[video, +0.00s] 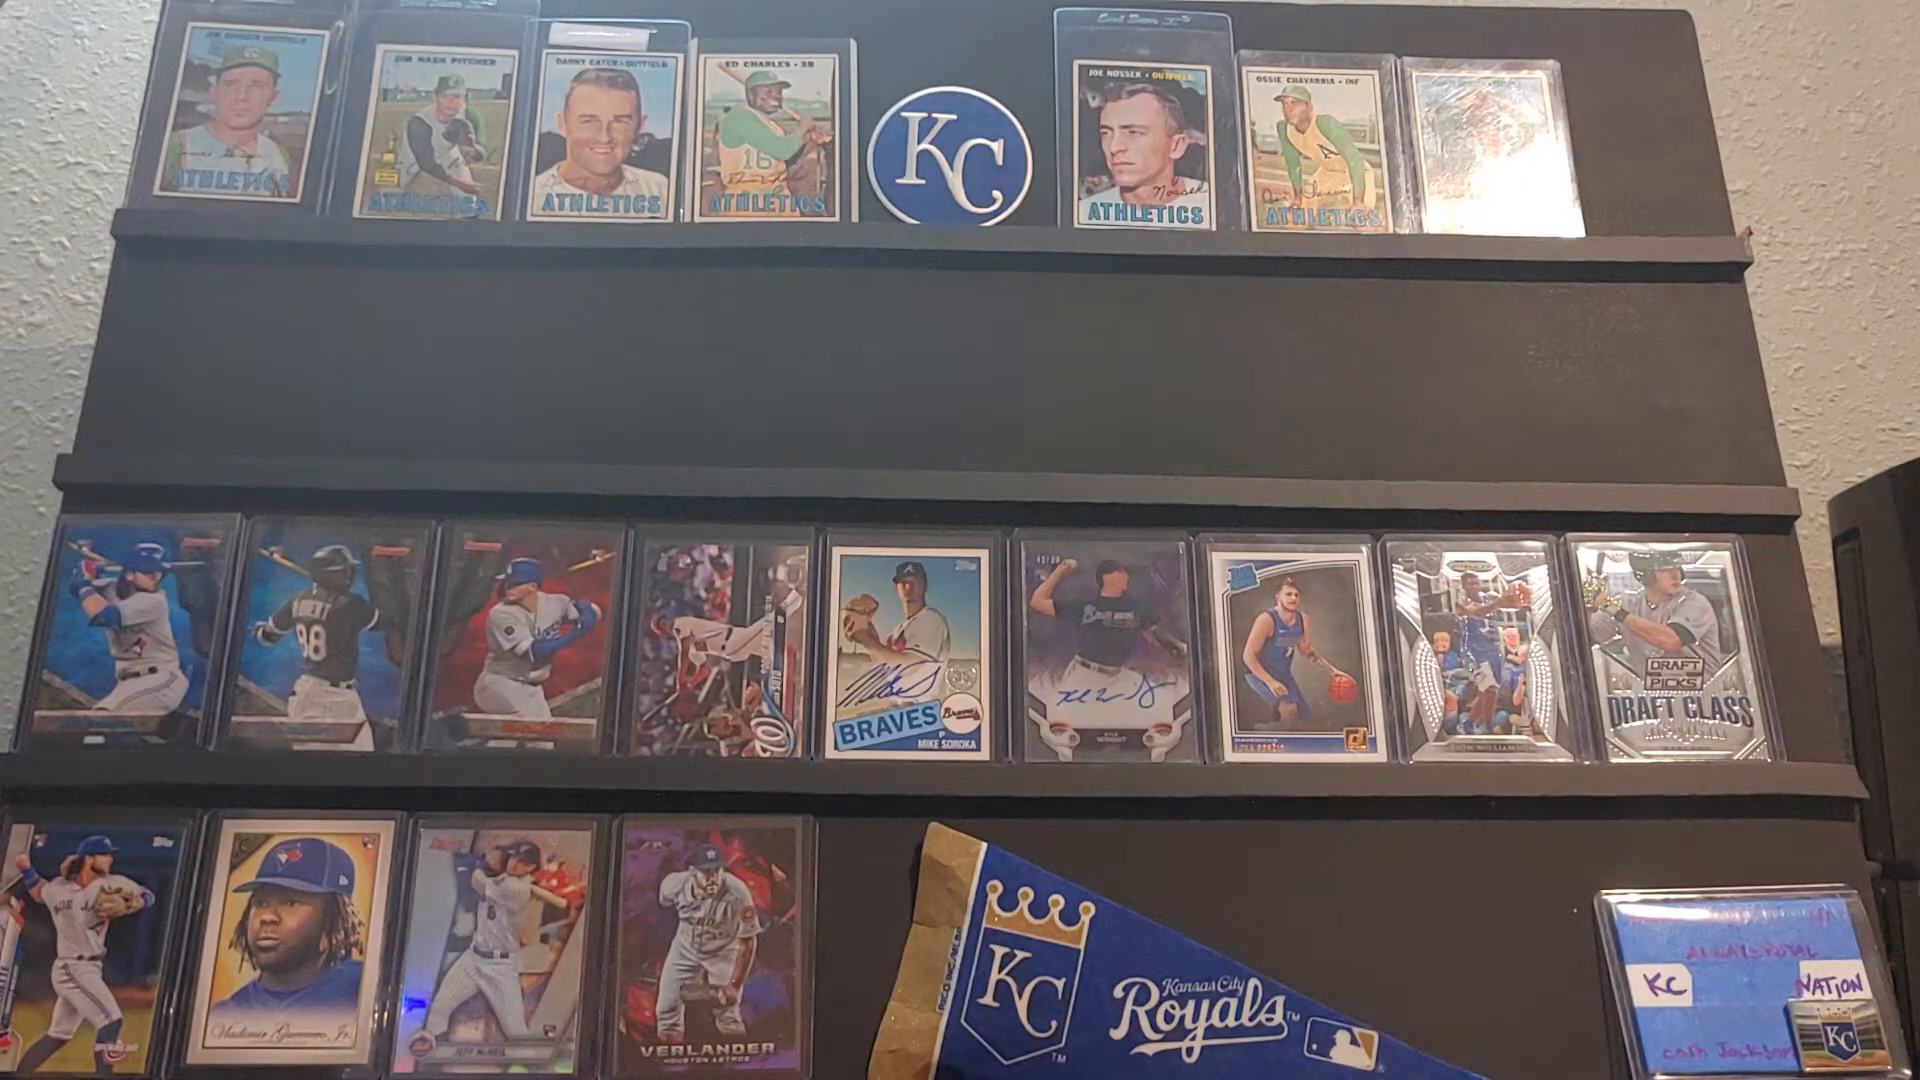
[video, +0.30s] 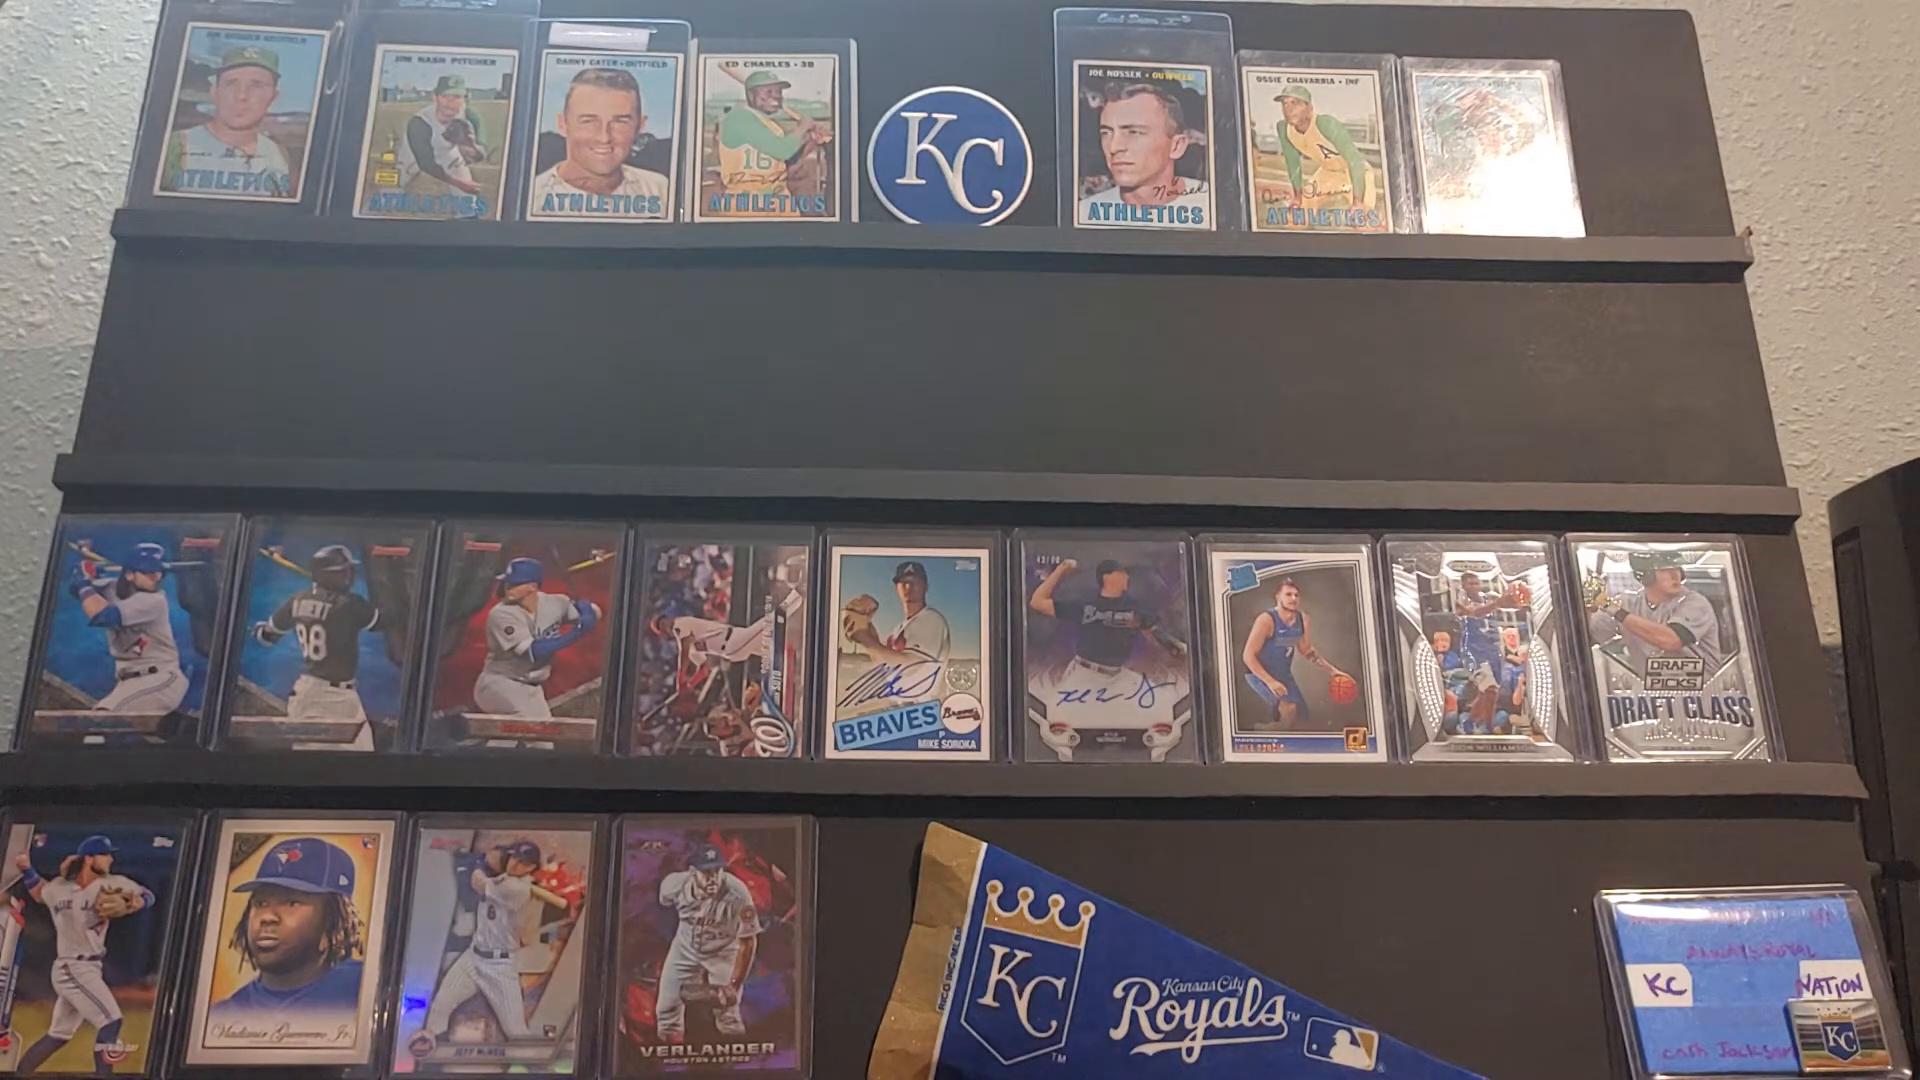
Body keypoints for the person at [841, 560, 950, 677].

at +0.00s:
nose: (907, 588)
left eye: (913, 582)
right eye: (902, 582)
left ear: (925, 586)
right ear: (896, 587)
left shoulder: (930, 619)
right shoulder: (900, 627)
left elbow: (910, 662)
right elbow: (881, 664)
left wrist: (867, 641)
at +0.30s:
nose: (907, 588)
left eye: (913, 583)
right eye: (902, 583)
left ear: (925, 587)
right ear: (896, 588)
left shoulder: (930, 619)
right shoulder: (900, 627)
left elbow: (910, 663)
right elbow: (880, 660)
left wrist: (866, 640)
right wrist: (866, 624)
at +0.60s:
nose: (907, 588)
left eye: (913, 583)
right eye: (902, 583)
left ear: (925, 587)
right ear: (896, 588)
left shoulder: (930, 619)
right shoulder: (901, 627)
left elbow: (910, 663)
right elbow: (880, 660)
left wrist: (866, 639)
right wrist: (866, 624)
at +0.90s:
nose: (907, 588)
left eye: (913, 583)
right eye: (902, 583)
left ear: (925, 586)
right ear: (896, 588)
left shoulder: (930, 619)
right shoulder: (902, 626)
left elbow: (911, 663)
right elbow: (880, 659)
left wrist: (865, 638)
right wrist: (865, 623)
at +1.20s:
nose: (907, 588)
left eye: (913, 583)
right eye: (902, 583)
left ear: (925, 586)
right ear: (896, 588)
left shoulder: (930, 619)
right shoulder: (902, 626)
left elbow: (911, 663)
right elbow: (880, 659)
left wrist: (865, 638)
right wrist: (865, 623)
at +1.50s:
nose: (907, 587)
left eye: (913, 582)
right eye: (902, 582)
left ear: (924, 587)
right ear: (896, 588)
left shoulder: (929, 619)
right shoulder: (901, 627)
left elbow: (910, 661)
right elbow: (879, 658)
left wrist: (865, 639)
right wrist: (864, 621)